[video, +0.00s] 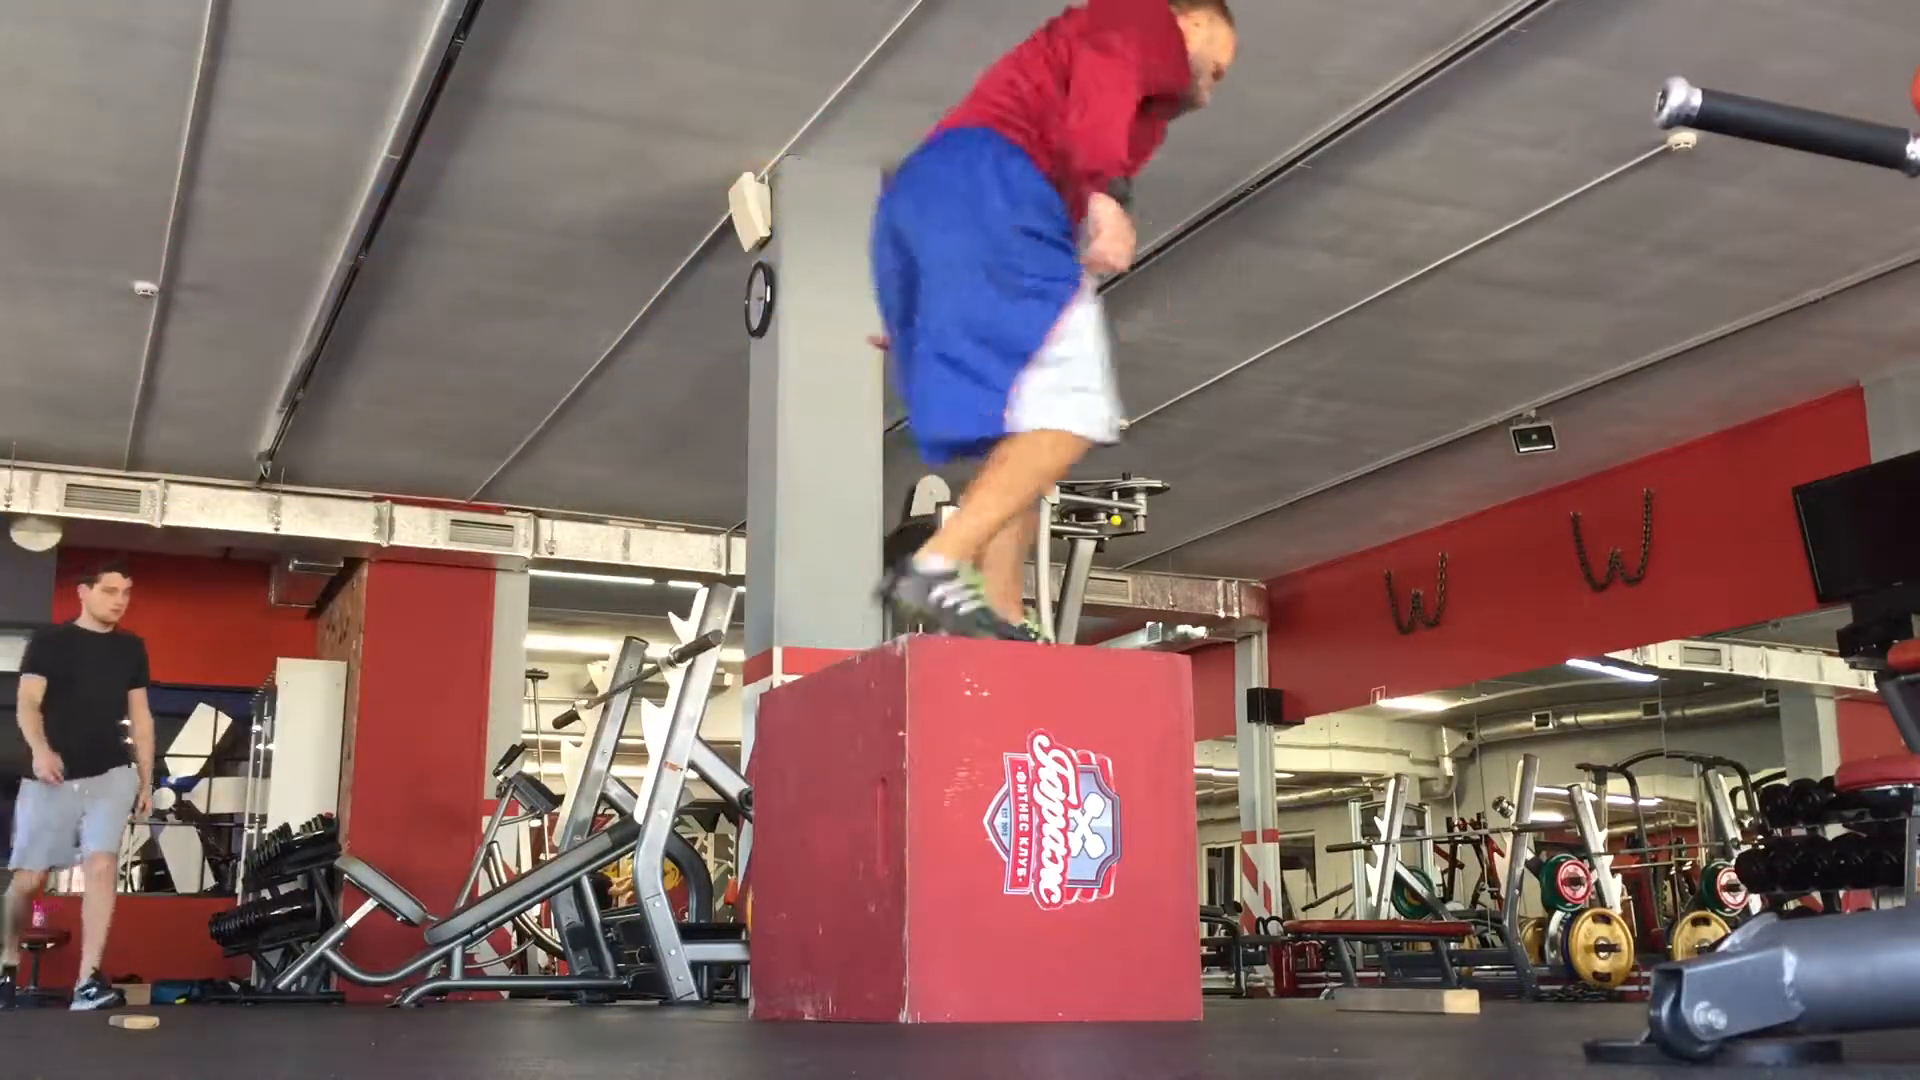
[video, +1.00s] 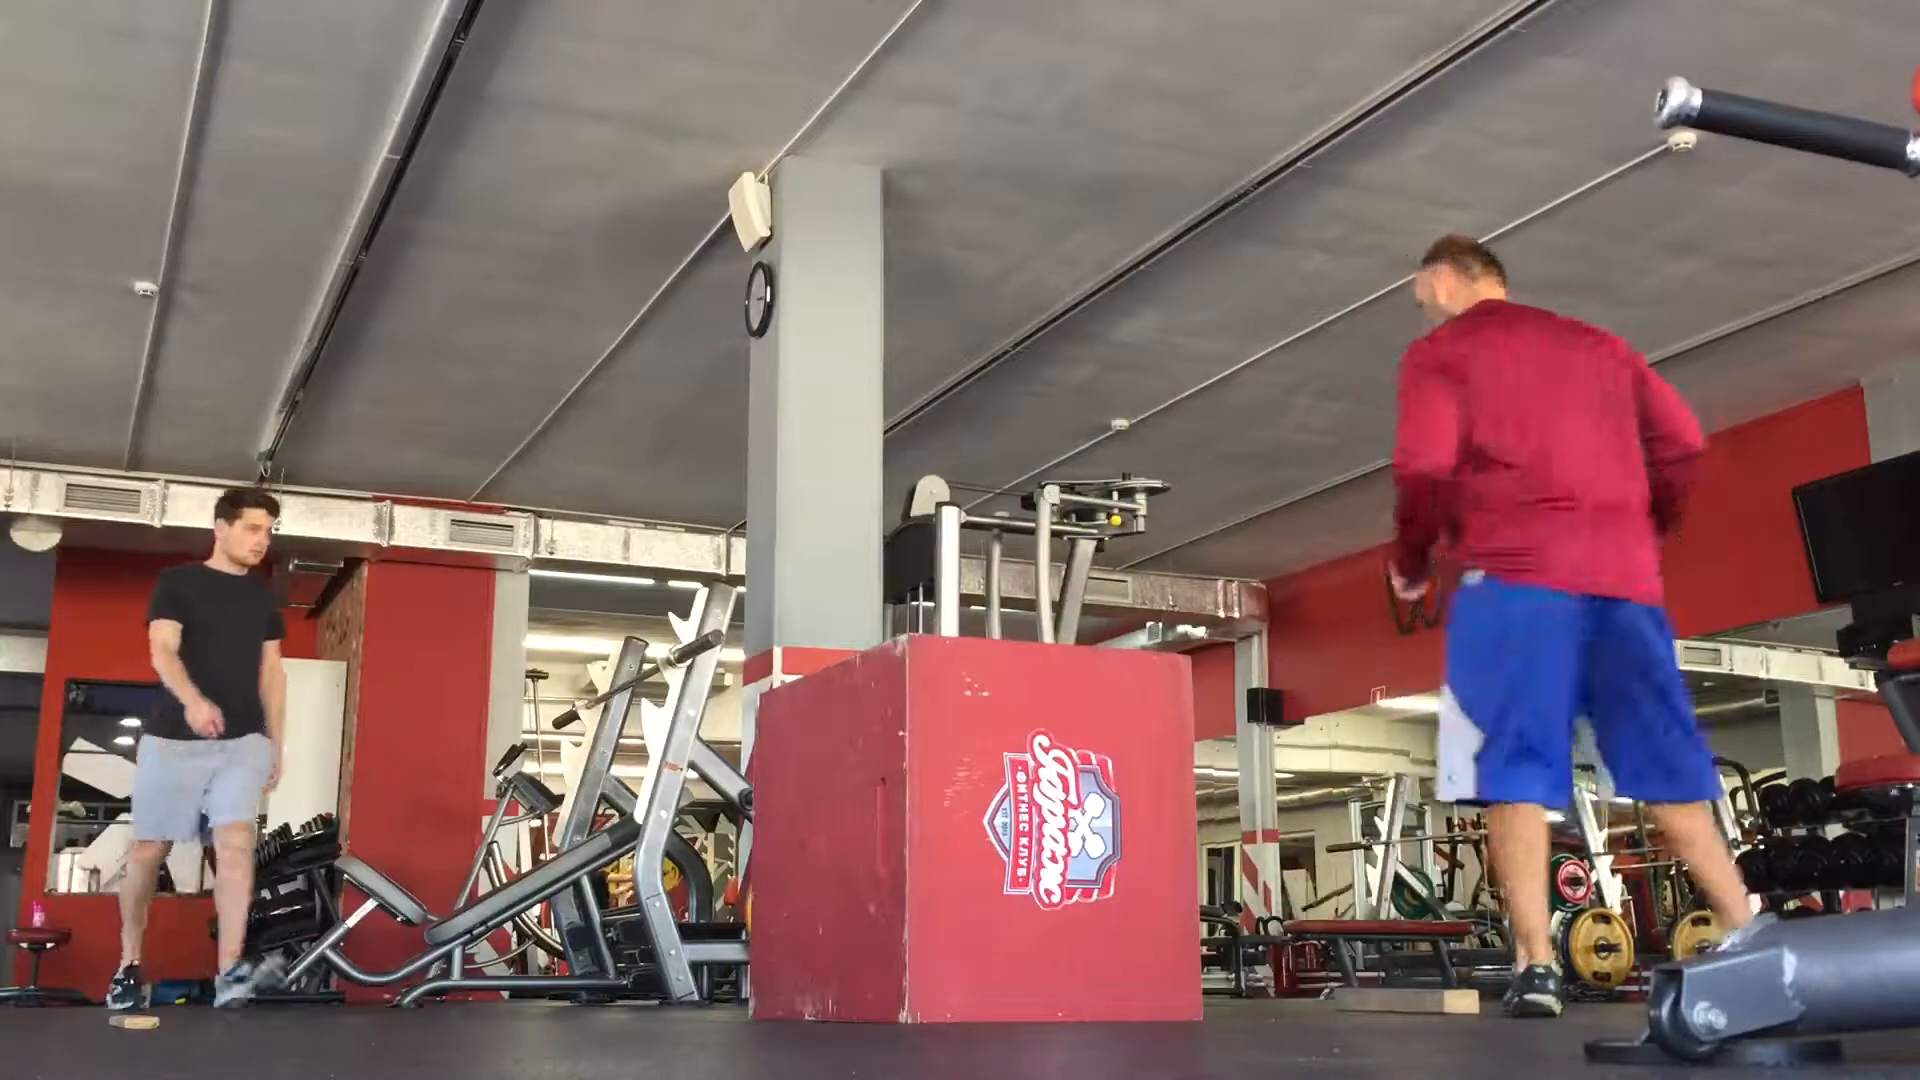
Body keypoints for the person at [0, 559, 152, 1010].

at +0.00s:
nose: (119, 600)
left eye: (125, 592)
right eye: (110, 591)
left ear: (128, 597)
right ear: (84, 593)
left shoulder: (131, 648)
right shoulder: (49, 640)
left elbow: (141, 718)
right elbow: (28, 704)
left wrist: (145, 779)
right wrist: (40, 750)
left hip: (111, 776)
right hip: (52, 778)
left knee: (102, 867)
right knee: (29, 879)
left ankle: (87, 980)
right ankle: (8, 966)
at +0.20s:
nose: (152, 580)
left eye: (158, 573)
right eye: (143, 571)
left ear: (162, 579)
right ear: (116, 571)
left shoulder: (163, 630)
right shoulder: (79, 619)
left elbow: (173, 698)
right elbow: (46, 688)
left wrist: (179, 758)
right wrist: (40, 750)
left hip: (138, 763)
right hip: (77, 759)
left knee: (114, 863)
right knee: (79, 848)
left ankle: (91, 978)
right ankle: (56, 946)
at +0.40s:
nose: (173, 575)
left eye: (179, 568)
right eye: (164, 566)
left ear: (183, 573)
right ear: (136, 567)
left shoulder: (185, 627)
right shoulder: (99, 617)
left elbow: (202, 693)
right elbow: (62, 691)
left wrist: (216, 749)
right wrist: (41, 758)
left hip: (158, 763)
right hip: (98, 756)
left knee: (128, 864)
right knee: (108, 849)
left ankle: (92, 972)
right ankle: (110, 958)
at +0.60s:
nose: (191, 559)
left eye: (197, 551)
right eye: (181, 549)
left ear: (201, 557)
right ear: (153, 551)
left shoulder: (206, 613)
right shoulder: (120, 606)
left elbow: (220, 682)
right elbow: (85, 680)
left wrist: (234, 748)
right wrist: (67, 750)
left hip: (183, 755)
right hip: (123, 745)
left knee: (165, 872)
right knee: (126, 849)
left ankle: (112, 941)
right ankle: (121, 971)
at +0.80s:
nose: (221, 540)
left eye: (226, 532)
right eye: (211, 530)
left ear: (229, 537)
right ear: (182, 530)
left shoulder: (233, 593)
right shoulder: (144, 584)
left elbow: (241, 666)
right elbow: (121, 656)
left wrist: (247, 734)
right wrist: (132, 719)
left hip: (212, 733)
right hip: (150, 732)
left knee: (203, 827)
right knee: (131, 845)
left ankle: (162, 946)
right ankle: (124, 971)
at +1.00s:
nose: (261, 540)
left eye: (266, 531)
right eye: (252, 529)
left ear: (267, 537)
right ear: (221, 529)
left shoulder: (263, 601)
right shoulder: (178, 583)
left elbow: (271, 672)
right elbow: (162, 650)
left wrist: (275, 741)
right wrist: (193, 699)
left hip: (243, 742)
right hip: (174, 741)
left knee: (236, 845)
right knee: (148, 850)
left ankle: (230, 971)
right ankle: (129, 965)